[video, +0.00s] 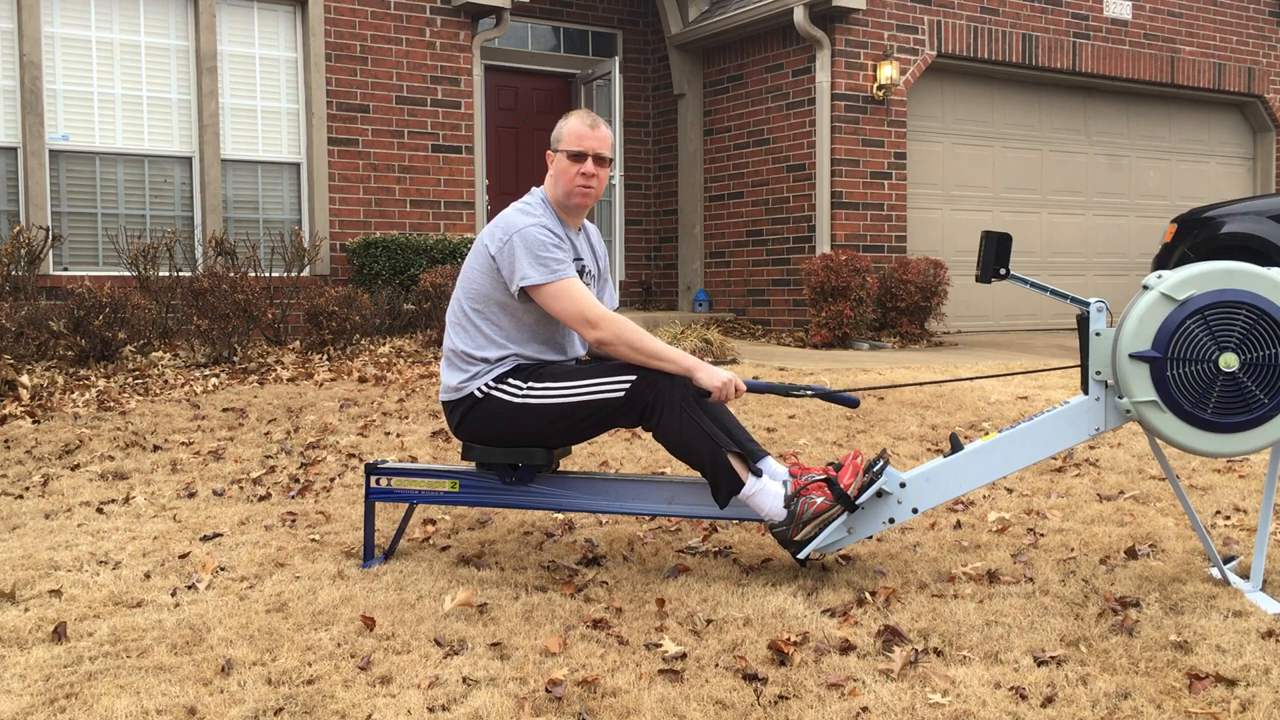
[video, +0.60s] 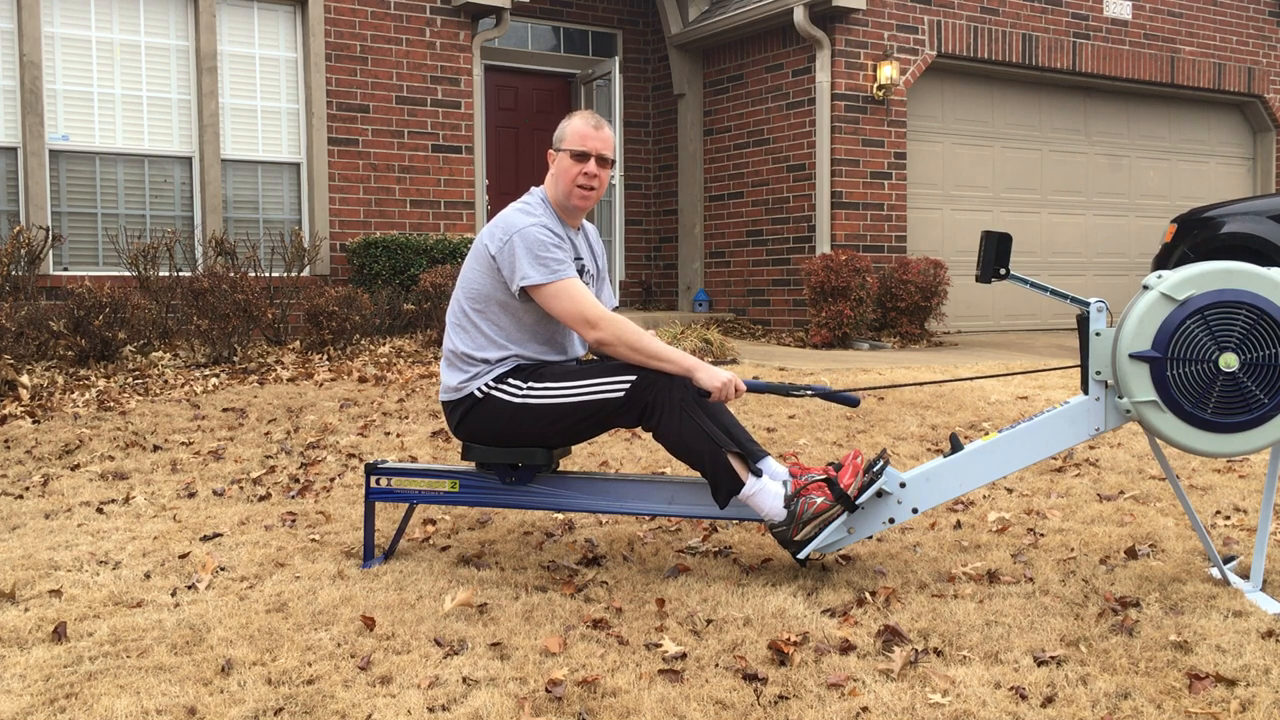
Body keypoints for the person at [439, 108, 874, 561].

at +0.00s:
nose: (589, 171)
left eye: (601, 162)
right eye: (576, 157)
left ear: (610, 171)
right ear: (549, 160)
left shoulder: (590, 240)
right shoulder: (524, 227)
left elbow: (602, 336)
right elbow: (595, 325)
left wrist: (694, 372)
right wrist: (694, 367)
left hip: (543, 376)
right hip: (489, 390)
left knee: (675, 378)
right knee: (653, 386)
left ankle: (786, 485)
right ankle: (777, 510)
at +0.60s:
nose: (592, 173)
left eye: (603, 164)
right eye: (579, 158)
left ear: (611, 173)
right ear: (551, 160)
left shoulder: (586, 238)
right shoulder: (524, 227)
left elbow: (604, 332)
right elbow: (595, 326)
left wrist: (695, 373)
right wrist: (696, 368)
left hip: (542, 375)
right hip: (488, 389)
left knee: (674, 378)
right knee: (652, 386)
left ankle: (785, 484)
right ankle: (776, 510)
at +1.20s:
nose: (592, 172)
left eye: (603, 163)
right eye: (579, 157)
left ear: (611, 172)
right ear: (549, 158)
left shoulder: (589, 240)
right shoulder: (524, 225)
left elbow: (609, 334)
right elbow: (594, 324)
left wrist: (661, 307)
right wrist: (696, 368)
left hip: (543, 377)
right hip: (488, 390)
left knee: (677, 377)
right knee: (652, 386)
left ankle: (787, 485)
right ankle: (777, 510)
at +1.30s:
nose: (591, 172)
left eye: (603, 164)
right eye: (579, 158)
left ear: (611, 173)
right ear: (549, 157)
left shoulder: (589, 240)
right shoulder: (524, 225)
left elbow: (609, 334)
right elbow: (594, 324)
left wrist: (661, 306)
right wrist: (696, 368)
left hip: (543, 377)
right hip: (488, 390)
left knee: (676, 377)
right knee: (652, 386)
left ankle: (787, 485)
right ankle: (777, 510)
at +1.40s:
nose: (591, 173)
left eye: (603, 164)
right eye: (579, 158)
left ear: (611, 173)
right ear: (549, 157)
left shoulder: (589, 240)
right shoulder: (524, 225)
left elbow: (608, 333)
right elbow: (594, 324)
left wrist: (663, 307)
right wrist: (696, 368)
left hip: (542, 377)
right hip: (488, 390)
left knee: (676, 377)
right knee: (652, 386)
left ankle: (787, 485)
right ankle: (777, 510)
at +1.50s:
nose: (590, 171)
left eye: (602, 163)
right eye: (578, 157)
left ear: (610, 172)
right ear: (548, 158)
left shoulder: (590, 242)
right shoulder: (524, 225)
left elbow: (608, 334)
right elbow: (594, 324)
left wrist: (664, 307)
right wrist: (697, 368)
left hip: (542, 378)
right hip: (488, 391)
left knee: (676, 377)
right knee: (652, 387)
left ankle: (789, 486)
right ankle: (777, 510)